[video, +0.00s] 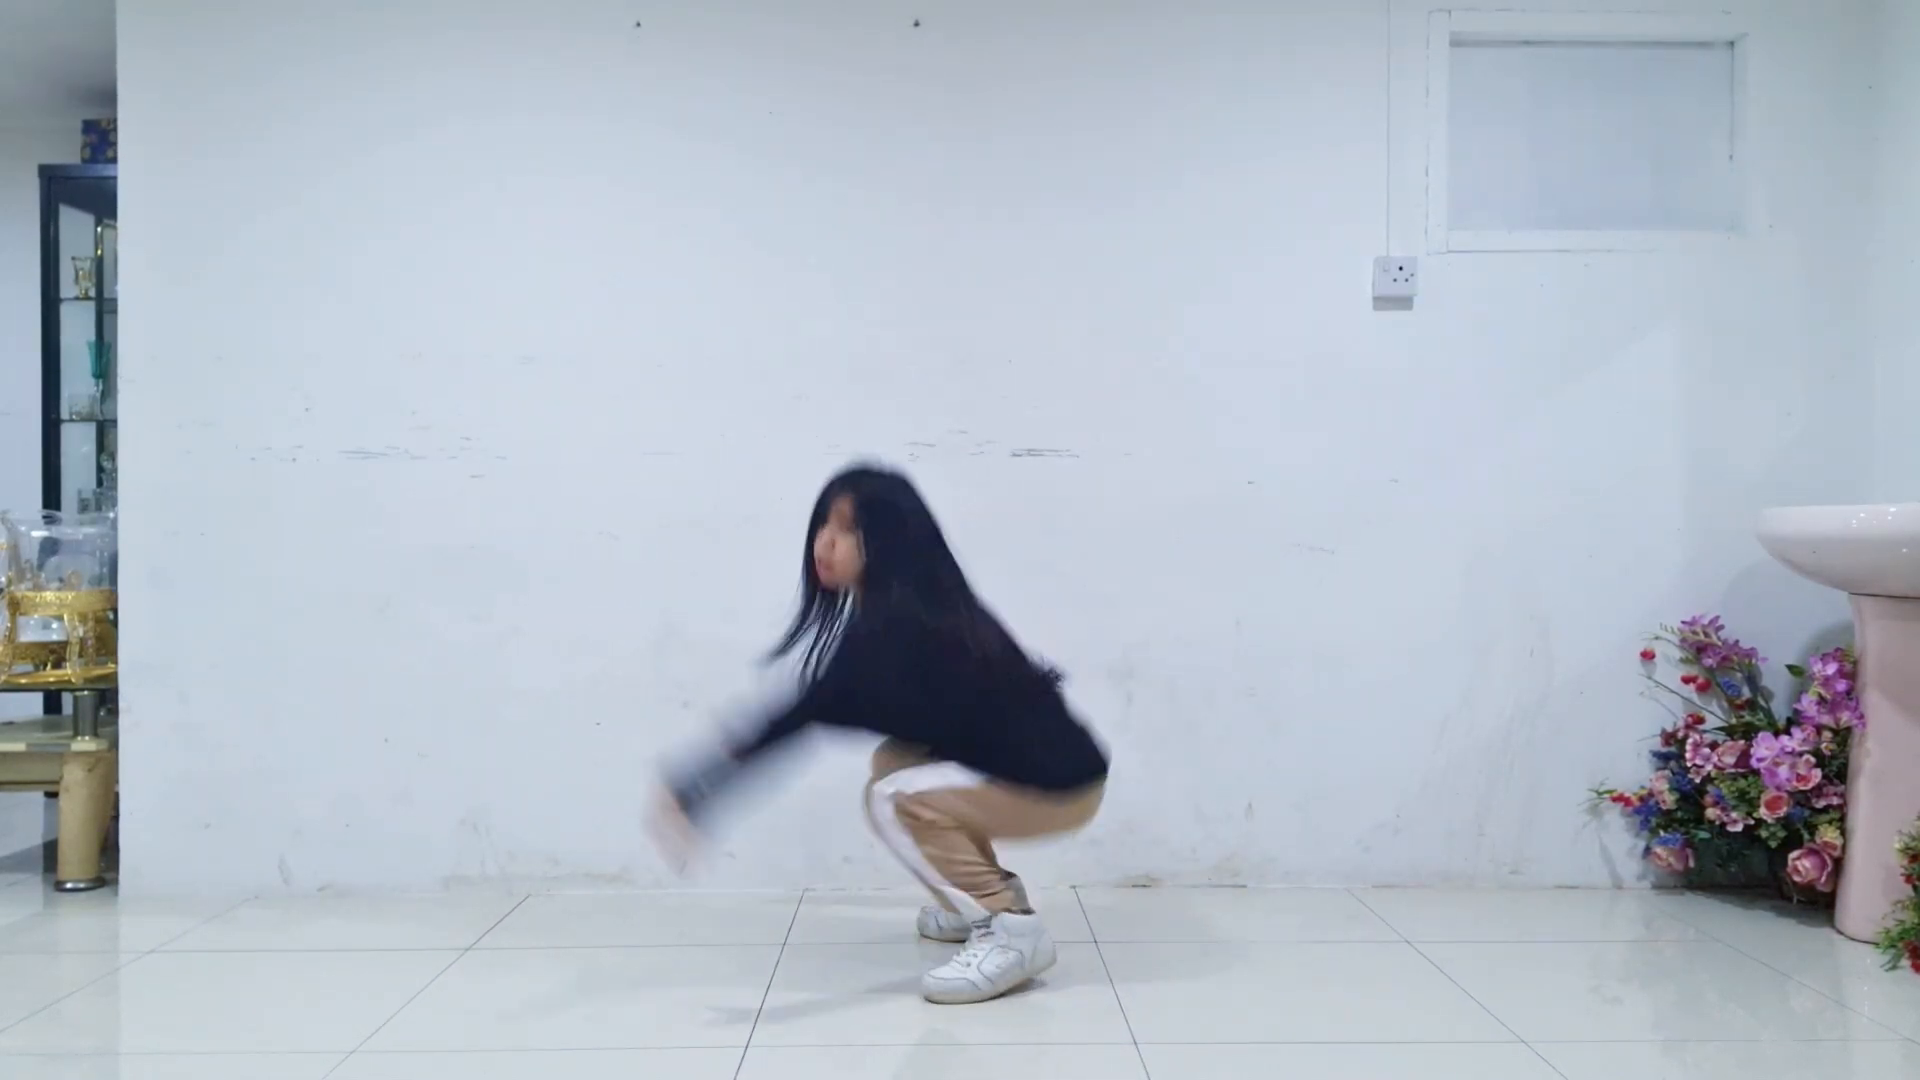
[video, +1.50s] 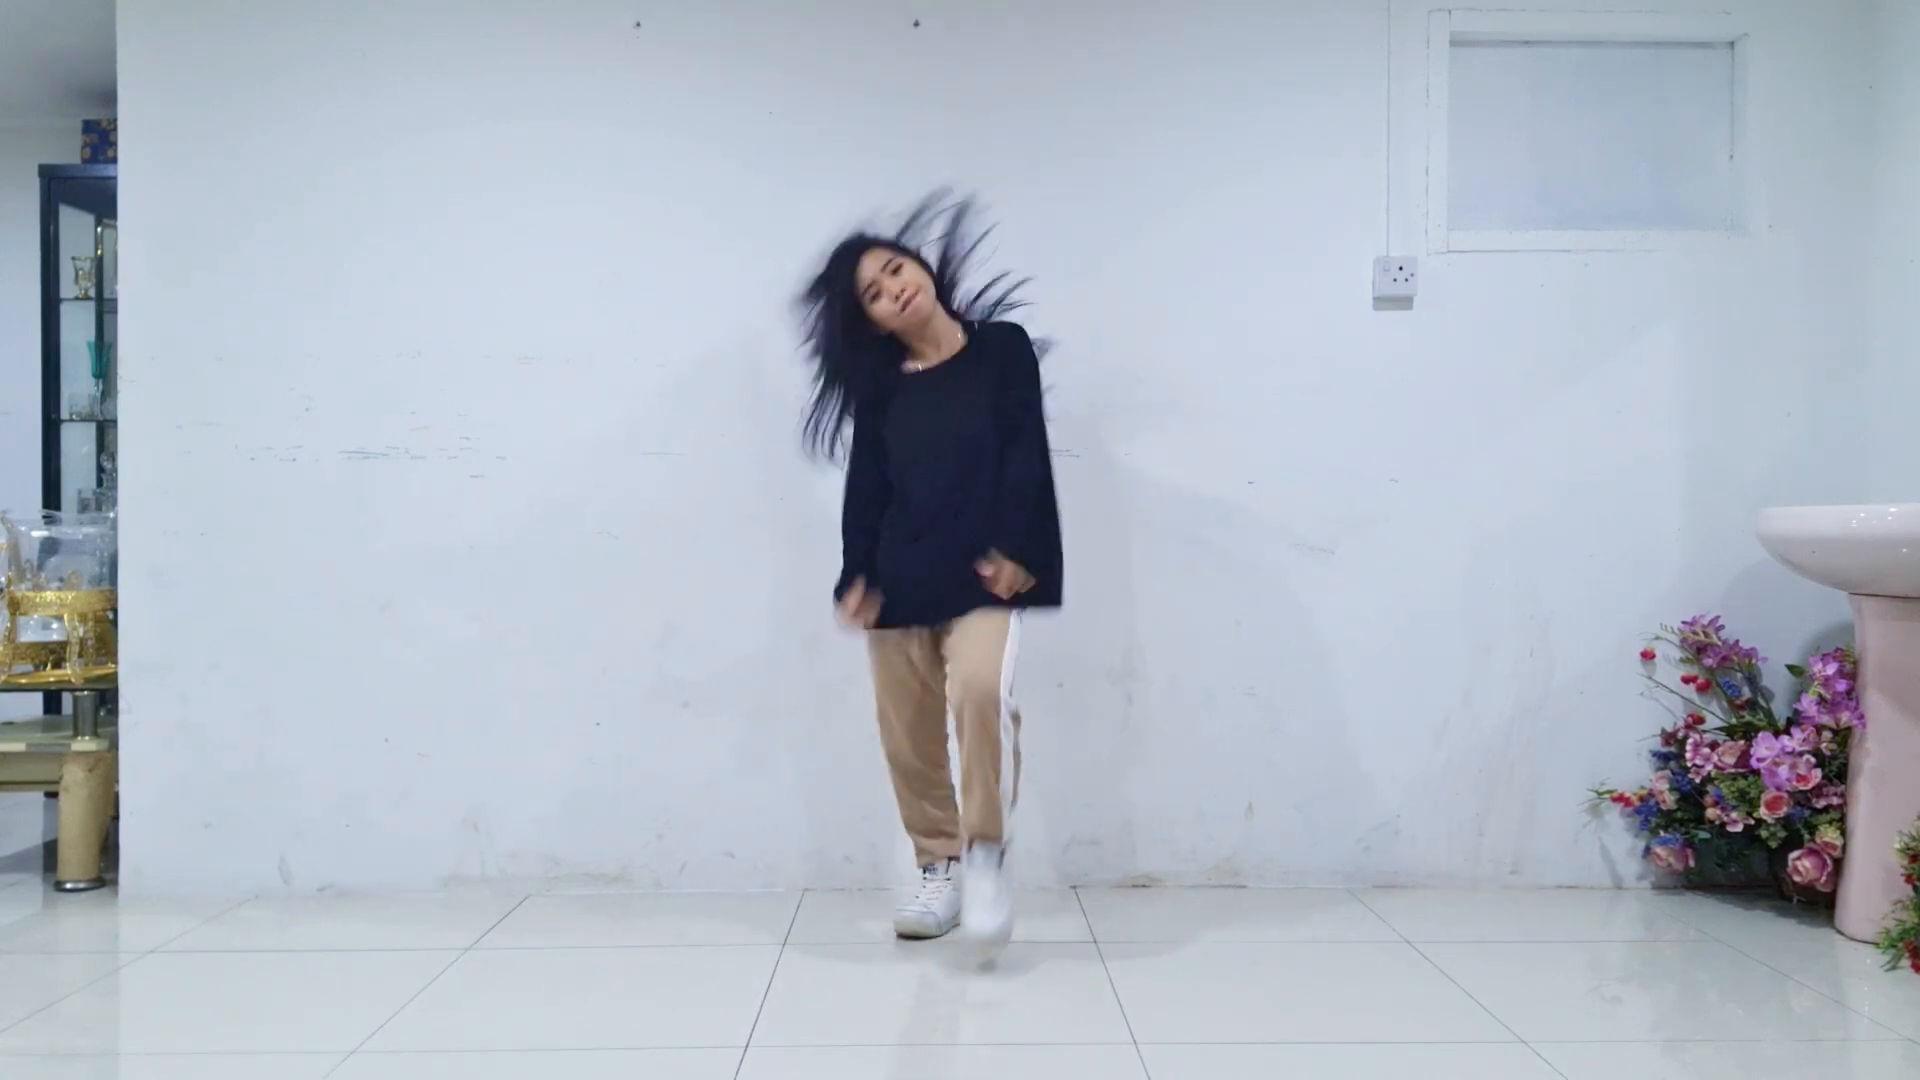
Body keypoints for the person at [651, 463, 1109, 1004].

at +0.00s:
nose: (824, 545)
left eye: (844, 533)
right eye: (822, 528)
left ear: (880, 544)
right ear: (814, 530)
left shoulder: (892, 632)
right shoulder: (910, 601)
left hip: (1054, 784)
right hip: (1035, 753)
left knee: (898, 799)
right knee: (894, 760)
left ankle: (1012, 931)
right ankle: (981, 899)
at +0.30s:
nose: (862, 291)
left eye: (884, 283)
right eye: (861, 275)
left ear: (916, 302)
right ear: (848, 281)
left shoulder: (894, 367)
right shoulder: (866, 363)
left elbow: (783, 314)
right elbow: (782, 310)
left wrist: (707, 234)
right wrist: (711, 232)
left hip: (1012, 582)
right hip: (975, 586)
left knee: (954, 739)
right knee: (938, 734)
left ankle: (1014, 921)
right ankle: (989, 901)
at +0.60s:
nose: (908, 241)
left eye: (926, 228)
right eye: (894, 227)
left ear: (955, 242)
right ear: (876, 241)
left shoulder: (969, 319)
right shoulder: (872, 331)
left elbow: (943, 345)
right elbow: (807, 364)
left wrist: (918, 280)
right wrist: (791, 297)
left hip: (979, 575)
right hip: (906, 581)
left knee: (958, 731)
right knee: (903, 741)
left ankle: (959, 906)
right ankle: (953, 879)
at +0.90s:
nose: (923, 253)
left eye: (944, 240)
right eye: (914, 237)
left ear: (976, 257)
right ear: (898, 247)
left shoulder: (979, 343)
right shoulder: (888, 346)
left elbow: (931, 408)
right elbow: (828, 421)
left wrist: (854, 359)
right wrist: (752, 392)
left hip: (986, 545)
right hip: (922, 549)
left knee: (960, 705)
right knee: (923, 712)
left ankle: (1002, 889)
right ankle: (963, 873)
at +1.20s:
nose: (933, 255)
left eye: (953, 249)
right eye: (928, 239)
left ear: (980, 268)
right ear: (911, 247)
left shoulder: (990, 344)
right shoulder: (879, 355)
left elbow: (980, 429)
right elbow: (849, 457)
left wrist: (931, 335)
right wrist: (810, 371)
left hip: (974, 555)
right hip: (902, 562)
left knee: (961, 725)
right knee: (923, 729)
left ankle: (1007, 895)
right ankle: (968, 882)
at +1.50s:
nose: (895, 286)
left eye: (897, 268)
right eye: (876, 291)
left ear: (924, 269)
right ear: (871, 321)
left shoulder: (1002, 347)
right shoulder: (880, 385)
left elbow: (1027, 455)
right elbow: (863, 484)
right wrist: (858, 569)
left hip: (983, 571)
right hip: (899, 579)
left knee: (977, 689)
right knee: (908, 728)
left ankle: (983, 858)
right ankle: (935, 868)